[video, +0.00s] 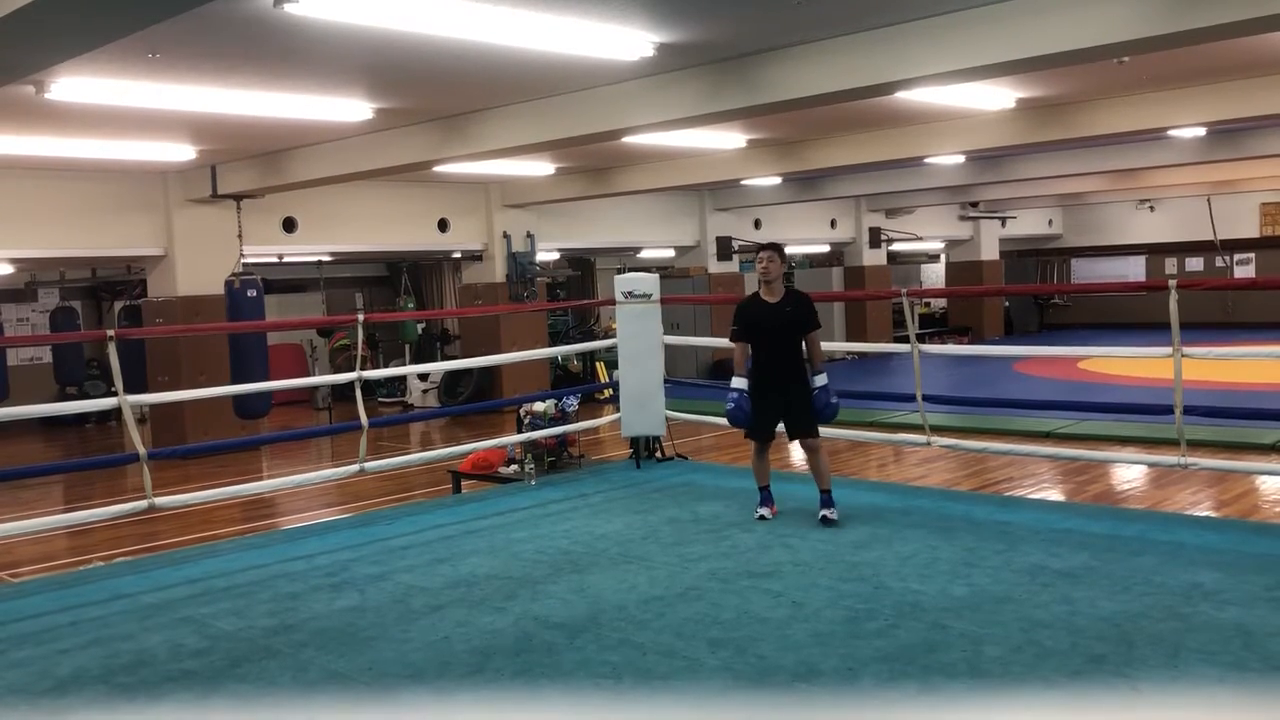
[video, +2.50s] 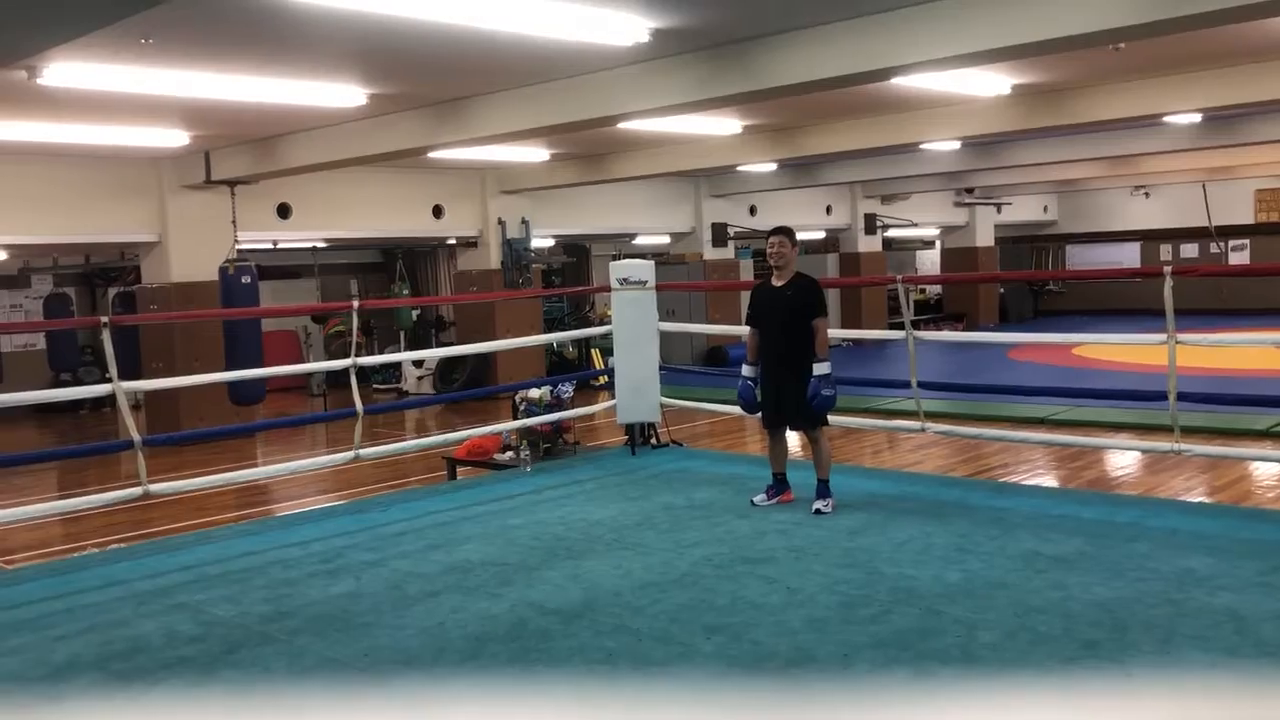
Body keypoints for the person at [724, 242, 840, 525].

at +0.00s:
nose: (764, 265)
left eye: (770, 261)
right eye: (760, 261)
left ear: (783, 266)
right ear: (756, 268)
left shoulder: (800, 301)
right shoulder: (746, 307)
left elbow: (813, 345)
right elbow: (740, 351)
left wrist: (821, 384)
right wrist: (737, 389)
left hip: (797, 385)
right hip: (761, 388)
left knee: (812, 443)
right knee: (760, 446)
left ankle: (827, 501)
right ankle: (765, 501)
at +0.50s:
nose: (801, 260)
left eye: (808, 255)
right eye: (798, 254)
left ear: (823, 261)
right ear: (794, 259)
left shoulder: (833, 300)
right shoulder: (782, 296)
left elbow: (846, 344)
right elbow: (774, 338)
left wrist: (850, 387)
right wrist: (767, 379)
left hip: (819, 386)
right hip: (784, 385)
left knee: (826, 445)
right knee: (774, 438)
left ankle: (829, 503)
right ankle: (776, 494)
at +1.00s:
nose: (792, 258)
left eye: (799, 253)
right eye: (788, 253)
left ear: (812, 259)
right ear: (783, 258)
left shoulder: (822, 298)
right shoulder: (773, 294)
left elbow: (828, 344)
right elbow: (764, 338)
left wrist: (825, 386)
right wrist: (755, 379)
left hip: (810, 383)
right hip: (778, 381)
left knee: (819, 442)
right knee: (778, 438)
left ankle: (825, 499)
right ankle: (780, 493)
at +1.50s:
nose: (773, 253)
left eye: (780, 249)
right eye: (770, 249)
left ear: (793, 254)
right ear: (764, 254)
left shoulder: (806, 292)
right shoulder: (756, 293)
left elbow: (818, 336)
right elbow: (747, 337)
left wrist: (823, 378)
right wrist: (741, 378)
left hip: (798, 377)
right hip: (765, 378)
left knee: (809, 436)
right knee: (768, 435)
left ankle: (818, 494)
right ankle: (773, 489)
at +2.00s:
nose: (769, 251)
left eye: (776, 246)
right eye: (766, 246)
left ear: (789, 252)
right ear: (761, 252)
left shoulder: (804, 288)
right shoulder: (756, 291)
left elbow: (816, 332)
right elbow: (748, 336)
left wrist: (818, 374)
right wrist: (742, 377)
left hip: (798, 375)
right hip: (766, 376)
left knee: (809, 434)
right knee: (768, 432)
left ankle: (817, 492)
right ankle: (773, 487)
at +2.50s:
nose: (775, 250)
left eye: (781, 245)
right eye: (771, 246)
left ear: (794, 250)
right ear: (766, 252)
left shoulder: (809, 286)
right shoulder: (760, 291)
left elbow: (821, 331)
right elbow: (753, 335)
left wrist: (823, 373)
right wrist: (748, 376)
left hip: (803, 373)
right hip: (771, 374)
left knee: (814, 432)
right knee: (774, 431)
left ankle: (823, 491)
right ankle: (779, 485)